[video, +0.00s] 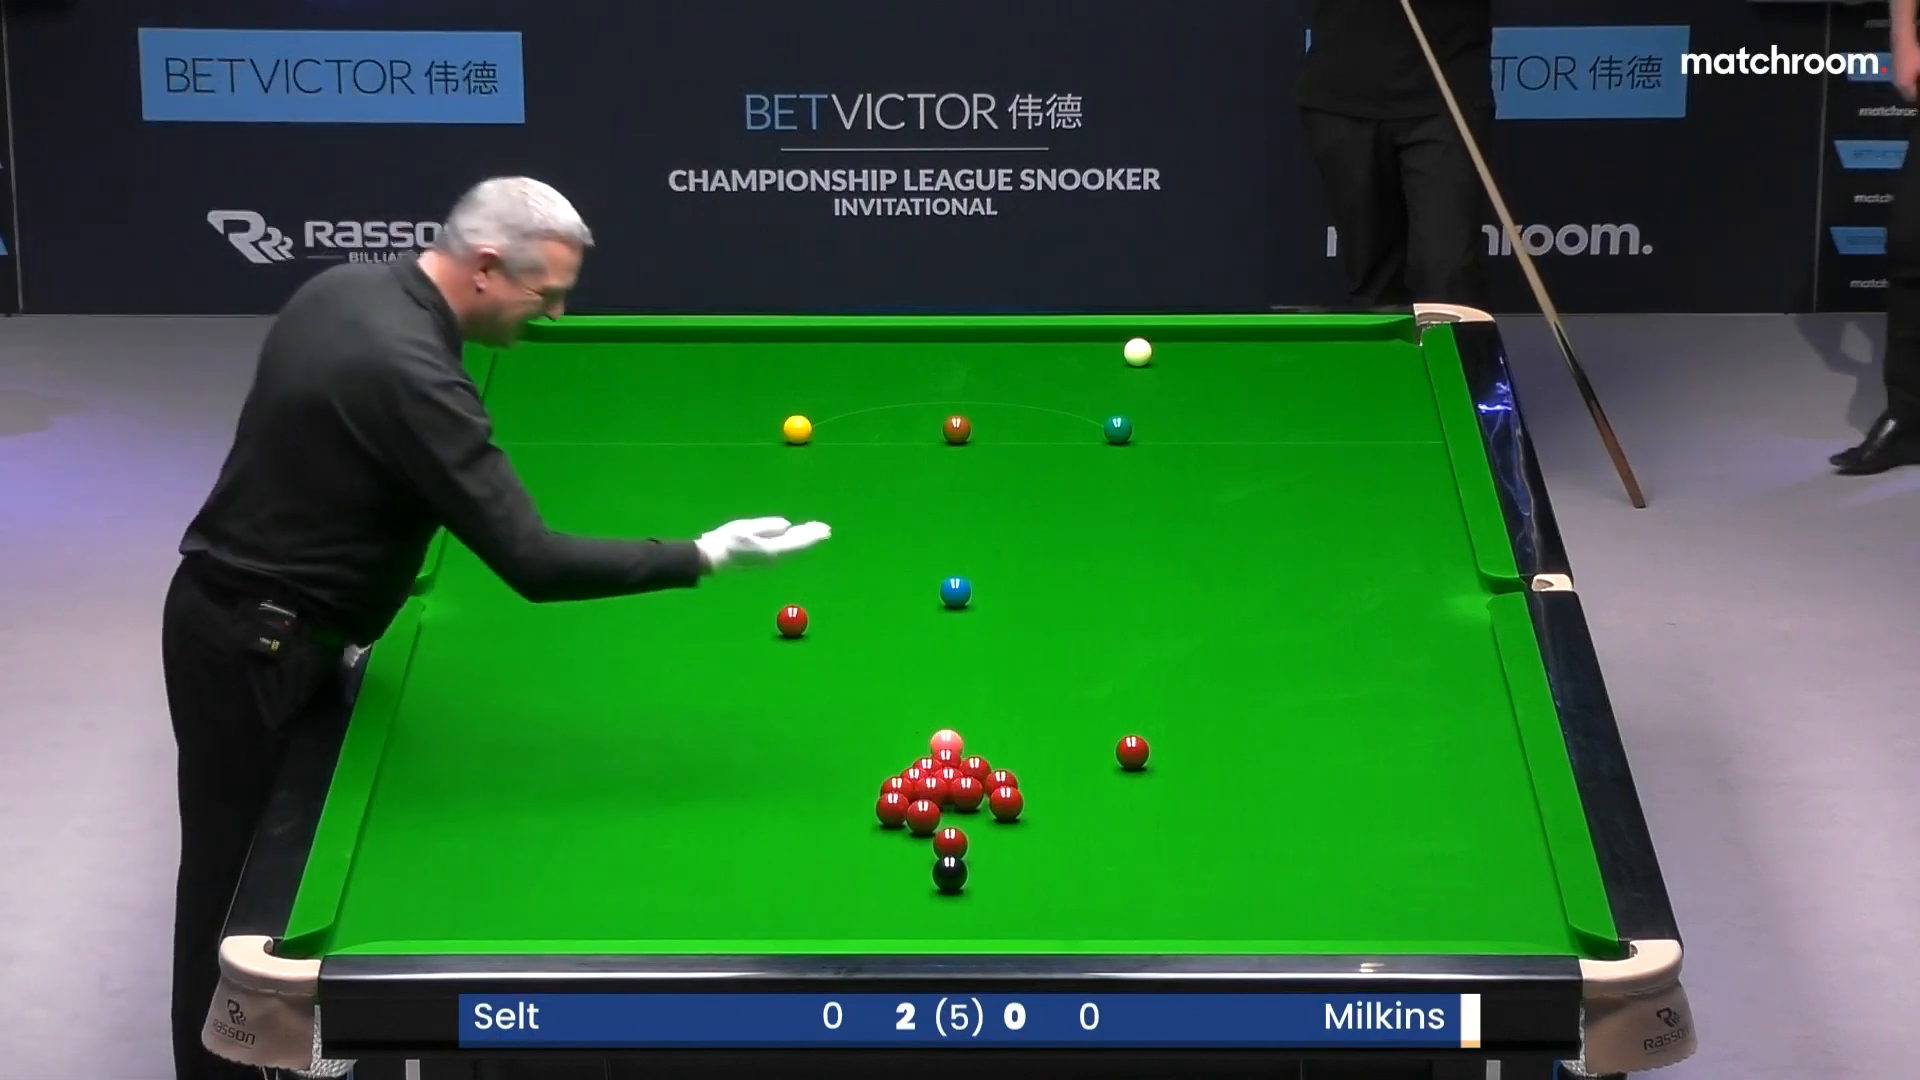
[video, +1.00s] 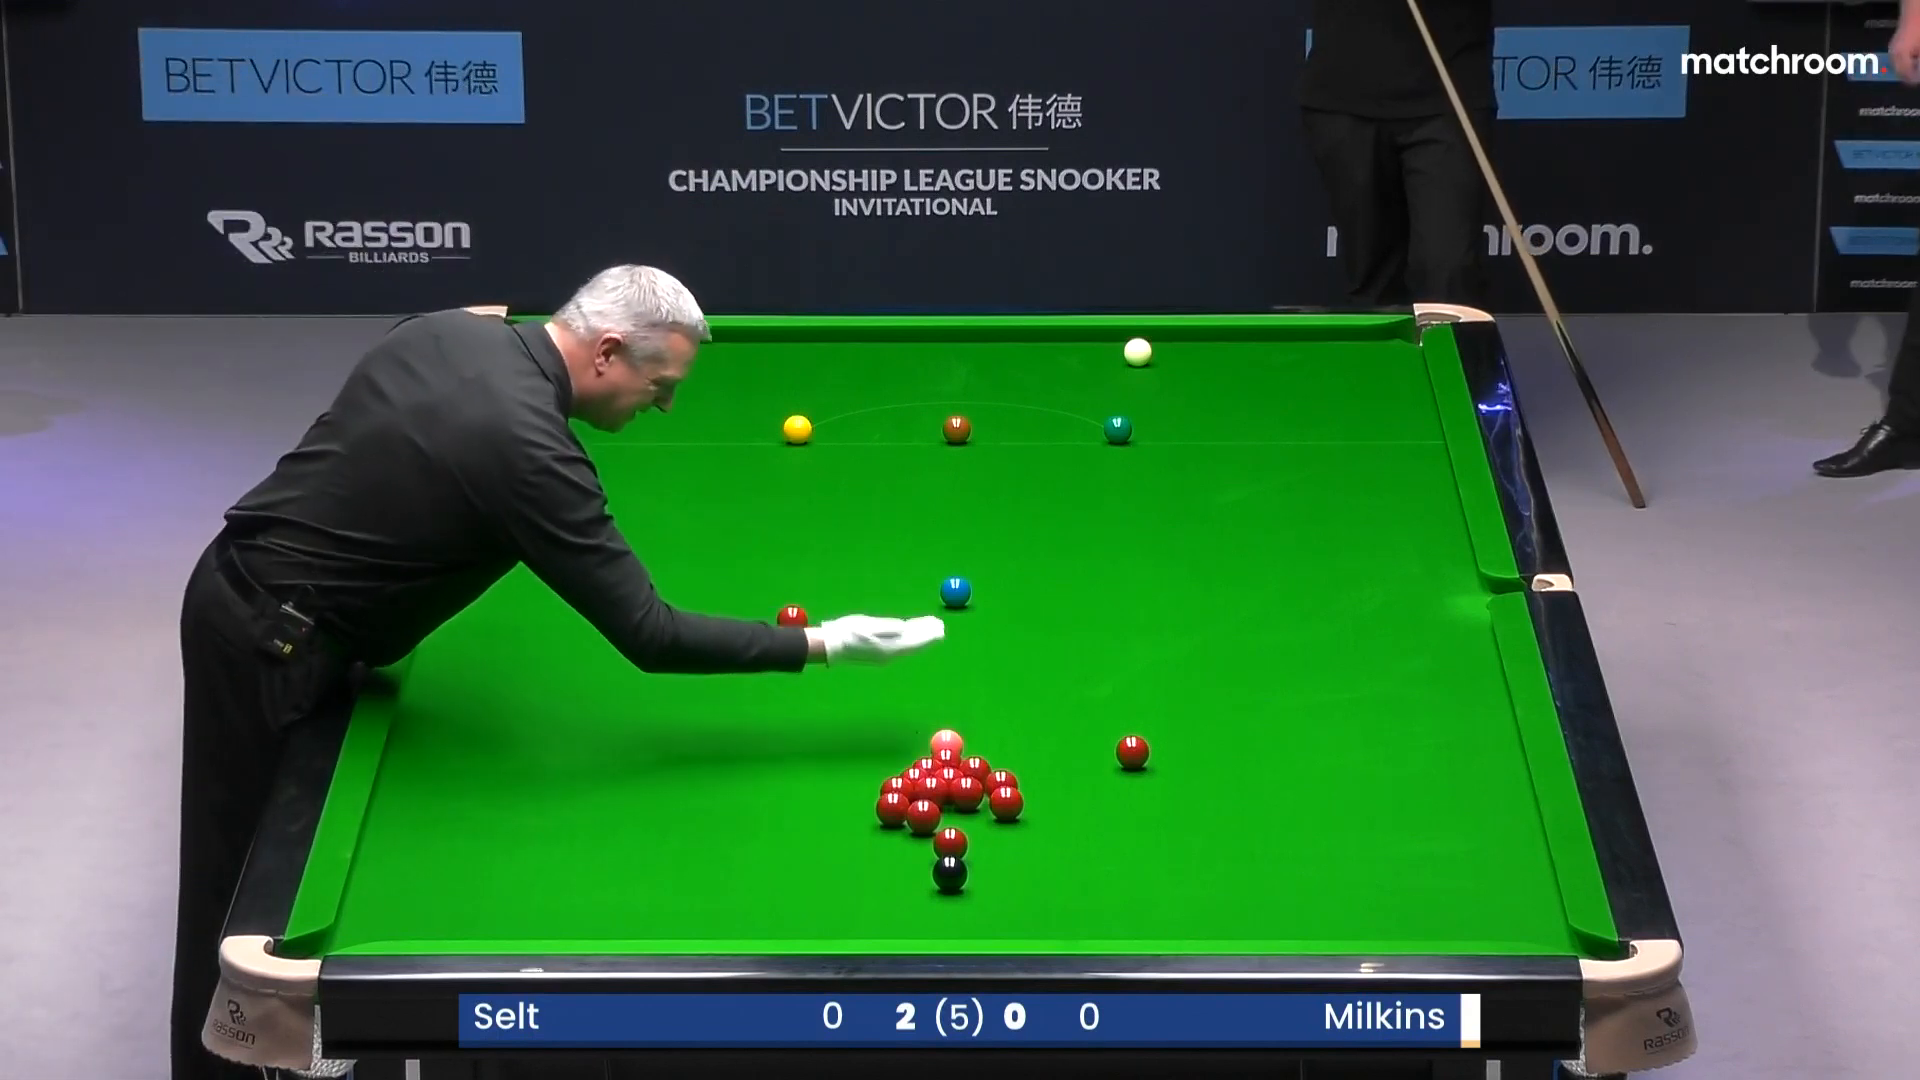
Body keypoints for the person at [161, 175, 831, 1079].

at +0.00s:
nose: (551, 311)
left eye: (560, 295)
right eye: (546, 291)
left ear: (472, 262)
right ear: (483, 264)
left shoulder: (348, 289)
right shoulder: (413, 372)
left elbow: (286, 455)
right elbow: (535, 562)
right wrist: (701, 555)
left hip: (228, 607)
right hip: (261, 639)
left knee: (241, 868)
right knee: (237, 881)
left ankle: (238, 1055)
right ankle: (217, 1063)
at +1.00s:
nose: (657, 407)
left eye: (666, 391)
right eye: (658, 387)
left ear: (585, 333)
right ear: (601, 348)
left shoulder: (457, 331)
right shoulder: (531, 449)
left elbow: (354, 451)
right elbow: (648, 630)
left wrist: (366, 619)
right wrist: (816, 640)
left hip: (240, 584)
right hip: (277, 635)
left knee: (245, 865)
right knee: (243, 882)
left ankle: (230, 1043)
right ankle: (211, 1054)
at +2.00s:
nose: (663, 404)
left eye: (673, 387)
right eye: (664, 383)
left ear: (592, 334)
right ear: (609, 349)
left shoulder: (451, 331)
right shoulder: (538, 451)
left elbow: (340, 441)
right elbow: (658, 617)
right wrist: (827, 692)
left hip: (242, 585)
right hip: (284, 636)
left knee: (242, 868)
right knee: (252, 886)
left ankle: (227, 1045)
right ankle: (219, 1054)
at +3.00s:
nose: (652, 389)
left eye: (660, 373)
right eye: (650, 368)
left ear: (579, 318)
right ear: (592, 331)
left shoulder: (438, 323)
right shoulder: (516, 430)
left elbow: (324, 448)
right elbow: (573, 651)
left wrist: (365, 610)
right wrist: (734, 660)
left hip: (241, 590)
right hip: (279, 636)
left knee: (236, 880)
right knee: (250, 894)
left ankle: (215, 1054)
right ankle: (215, 1060)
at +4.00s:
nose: (341, 308)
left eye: (354, 295)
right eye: (342, 287)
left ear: (289, 243)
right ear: (287, 243)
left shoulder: (213, 306)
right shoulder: (188, 344)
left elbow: (220, 475)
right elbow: (127, 549)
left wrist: (313, 519)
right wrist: (274, 597)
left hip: (168, 644)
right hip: (116, 653)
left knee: (199, 890)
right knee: (101, 892)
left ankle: (211, 1069)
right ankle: (14, 1057)